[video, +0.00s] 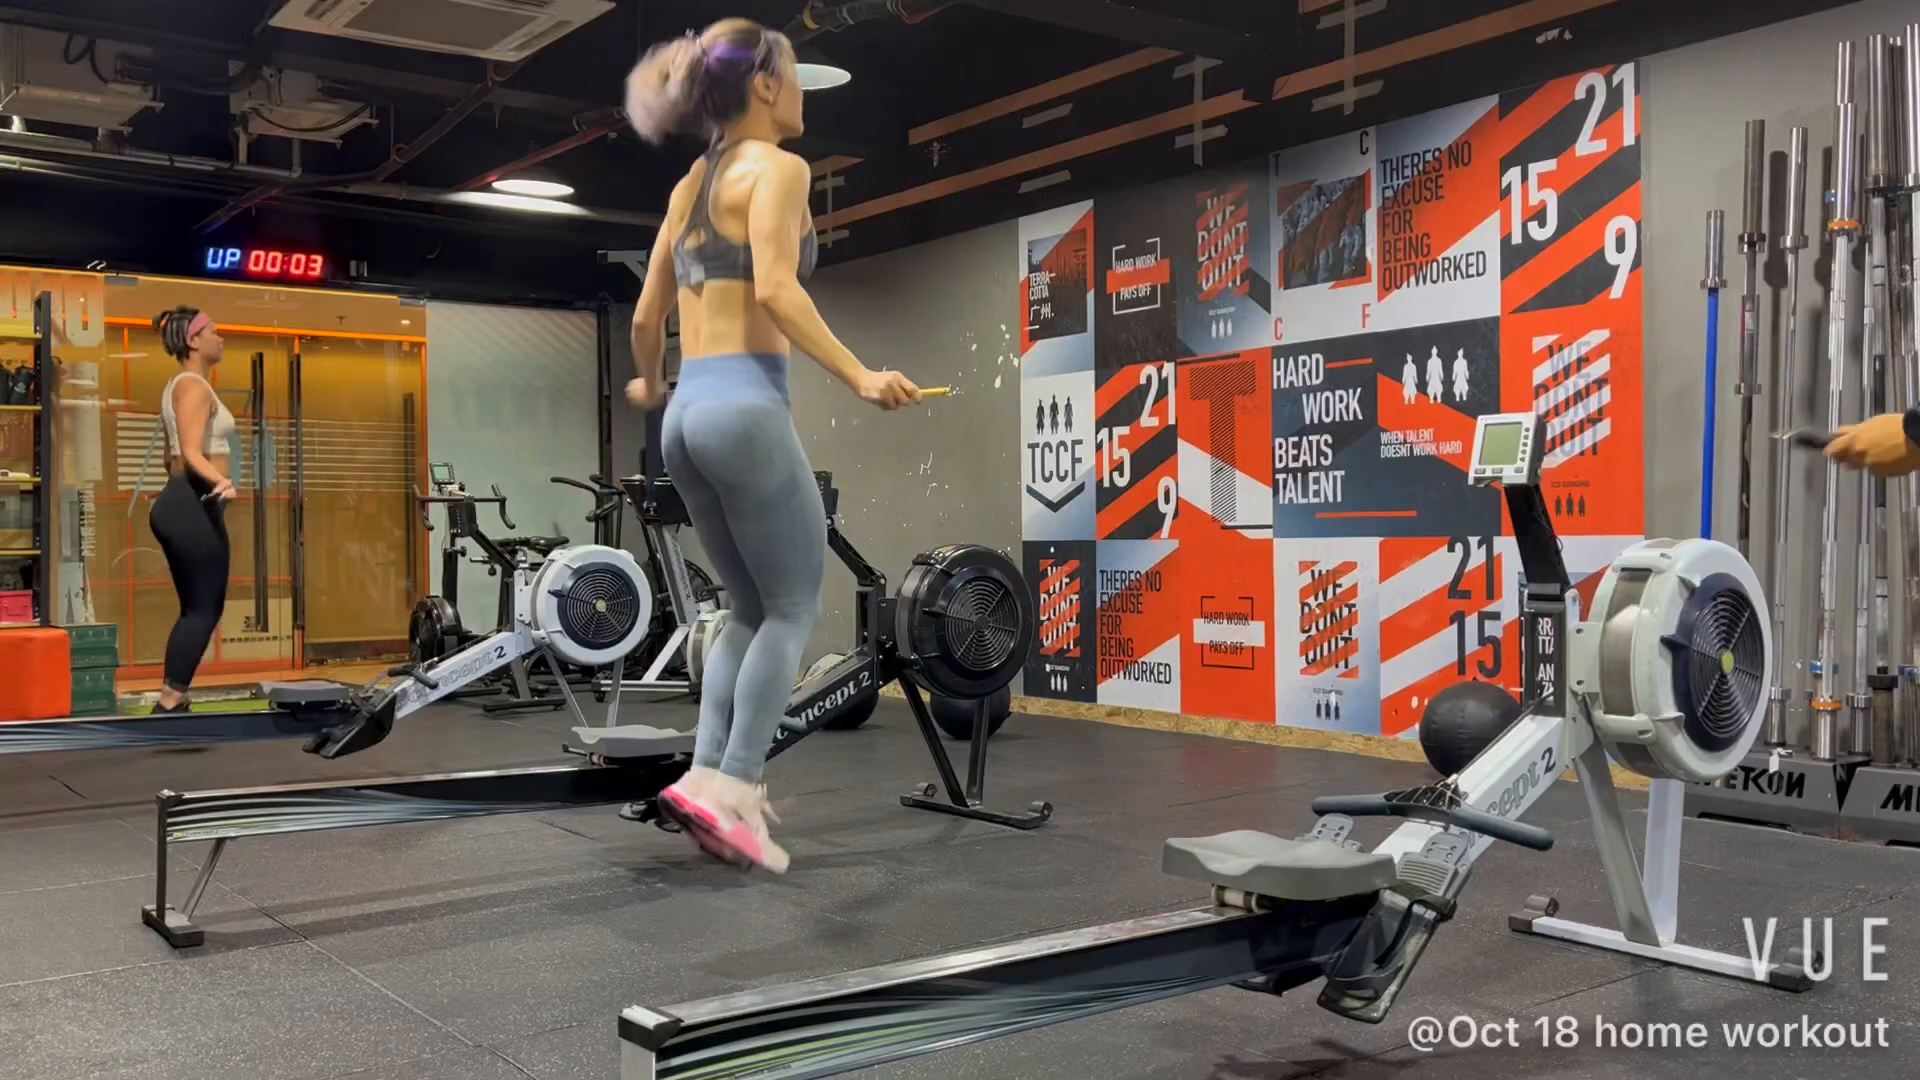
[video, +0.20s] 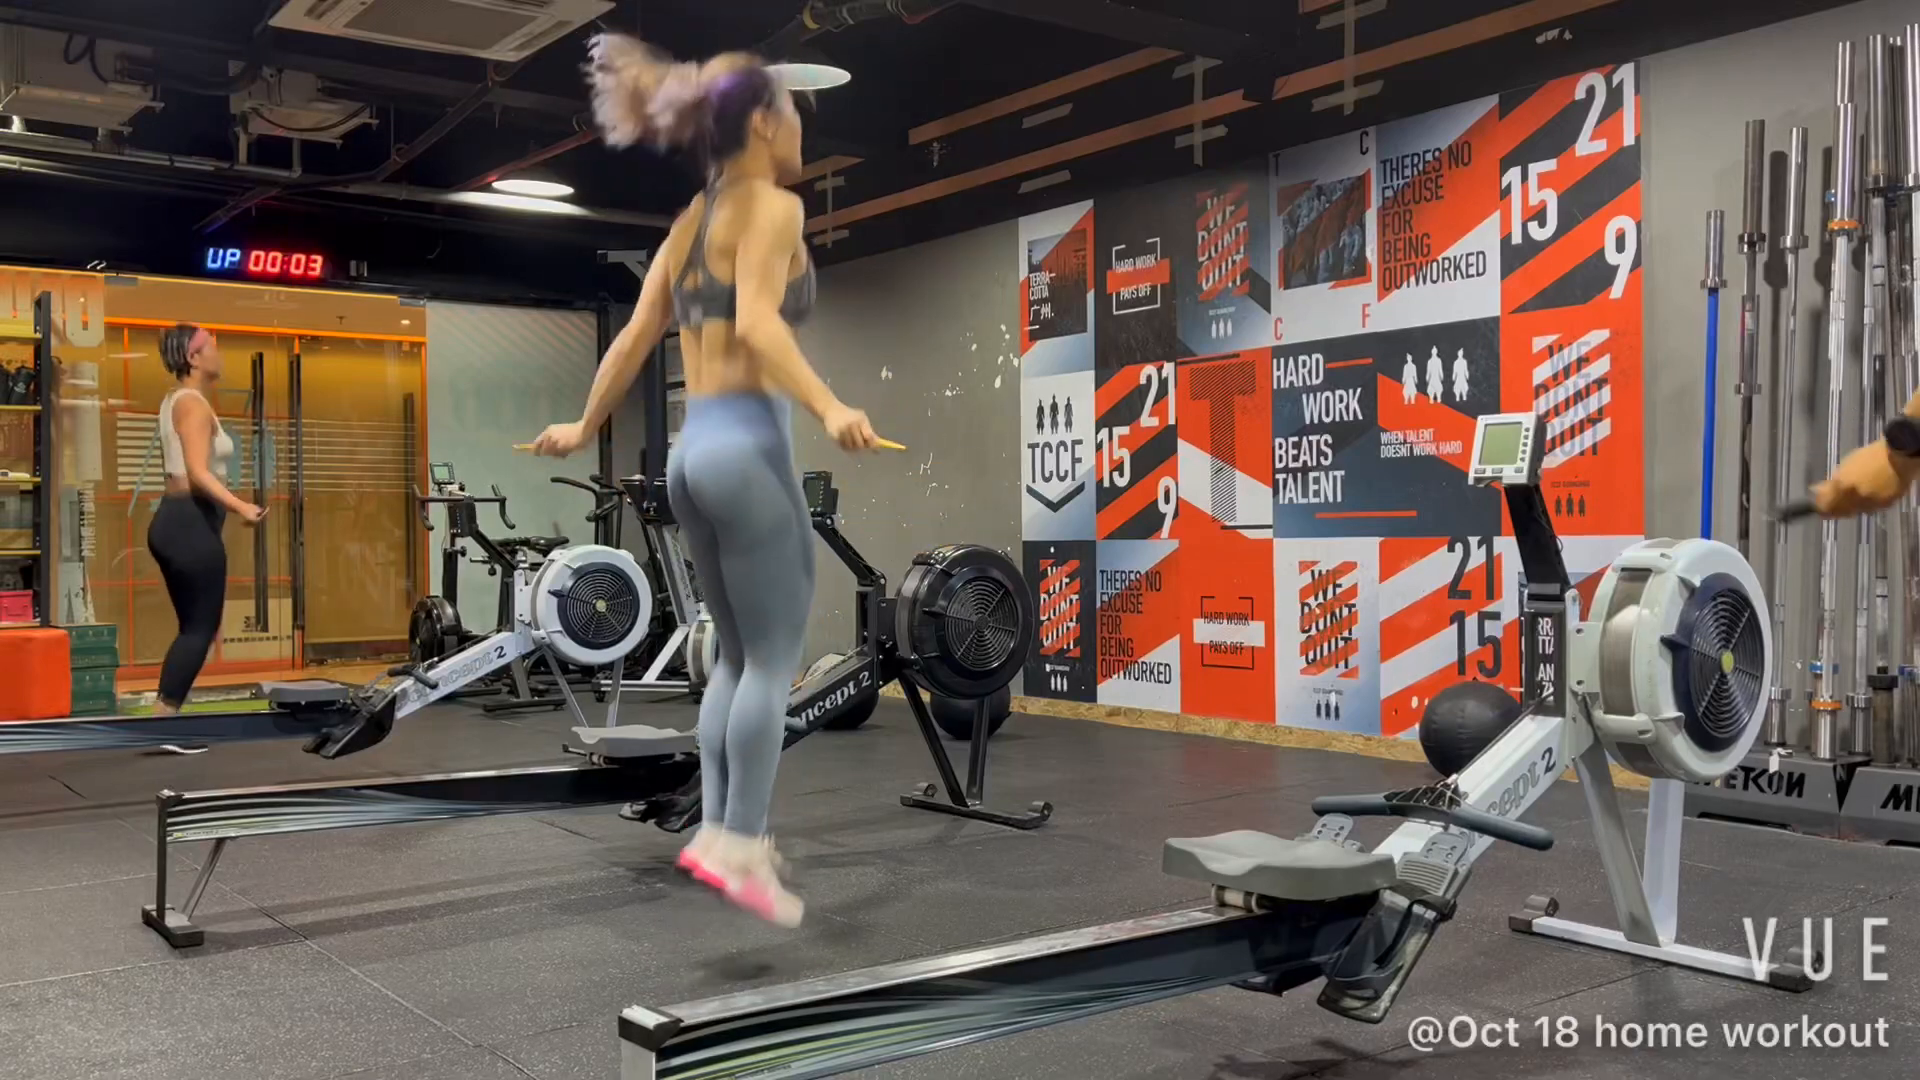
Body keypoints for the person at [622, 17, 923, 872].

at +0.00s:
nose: (801, 93)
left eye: (794, 79)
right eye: (792, 79)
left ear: (730, 94)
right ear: (765, 85)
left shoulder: (691, 183)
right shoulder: (779, 167)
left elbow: (649, 311)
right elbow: (776, 289)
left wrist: (648, 379)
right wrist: (861, 373)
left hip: (681, 412)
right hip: (743, 407)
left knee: (746, 610)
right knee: (791, 609)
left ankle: (711, 783)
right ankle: (733, 785)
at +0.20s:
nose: (799, 123)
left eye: (792, 109)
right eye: (788, 111)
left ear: (729, 135)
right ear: (761, 128)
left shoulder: (693, 220)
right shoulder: (772, 204)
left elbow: (638, 333)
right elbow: (756, 322)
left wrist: (583, 423)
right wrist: (831, 408)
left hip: (690, 446)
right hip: (743, 443)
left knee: (732, 654)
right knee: (772, 655)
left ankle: (723, 834)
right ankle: (742, 843)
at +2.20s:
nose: (759, 214)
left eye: (753, 199)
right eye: (750, 201)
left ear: (676, 218)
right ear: (725, 212)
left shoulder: (652, 311)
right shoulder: (738, 299)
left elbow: (617, 434)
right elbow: (738, 426)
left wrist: (615, 494)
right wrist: (827, 496)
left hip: (666, 533)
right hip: (723, 531)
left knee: (716, 733)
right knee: (760, 732)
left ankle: (666, 907)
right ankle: (692, 911)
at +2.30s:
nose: (752, 126)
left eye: (745, 111)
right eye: (742, 113)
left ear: (675, 136)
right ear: (717, 127)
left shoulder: (652, 227)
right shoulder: (738, 208)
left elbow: (613, 355)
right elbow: (736, 327)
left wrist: (586, 429)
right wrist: (825, 404)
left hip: (665, 448)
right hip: (723, 445)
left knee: (698, 655)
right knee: (742, 655)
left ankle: (692, 836)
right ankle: (712, 841)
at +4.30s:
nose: (773, 101)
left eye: (769, 85)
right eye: (765, 87)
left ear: (703, 101)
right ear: (734, 91)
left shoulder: (660, 189)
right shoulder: (743, 171)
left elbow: (620, 322)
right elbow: (718, 289)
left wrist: (606, 418)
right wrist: (788, 382)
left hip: (651, 418)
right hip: (703, 414)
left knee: (700, 621)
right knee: (739, 623)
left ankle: (670, 801)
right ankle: (700, 814)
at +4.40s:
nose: (774, 153)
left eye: (769, 138)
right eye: (763, 139)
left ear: (709, 157)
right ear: (734, 151)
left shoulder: (667, 246)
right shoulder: (740, 234)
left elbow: (603, 363)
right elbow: (717, 356)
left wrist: (551, 442)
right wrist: (796, 434)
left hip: (656, 481)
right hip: (701, 480)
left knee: (700, 688)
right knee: (733, 690)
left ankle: (669, 865)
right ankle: (696, 880)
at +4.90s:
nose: (771, 111)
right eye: (761, 96)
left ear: (683, 93)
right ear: (727, 93)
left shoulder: (675, 187)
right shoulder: (730, 176)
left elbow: (630, 316)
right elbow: (710, 309)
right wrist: (791, 391)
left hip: (667, 413)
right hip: (713, 409)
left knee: (706, 607)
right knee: (729, 606)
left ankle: (689, 811)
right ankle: (690, 812)